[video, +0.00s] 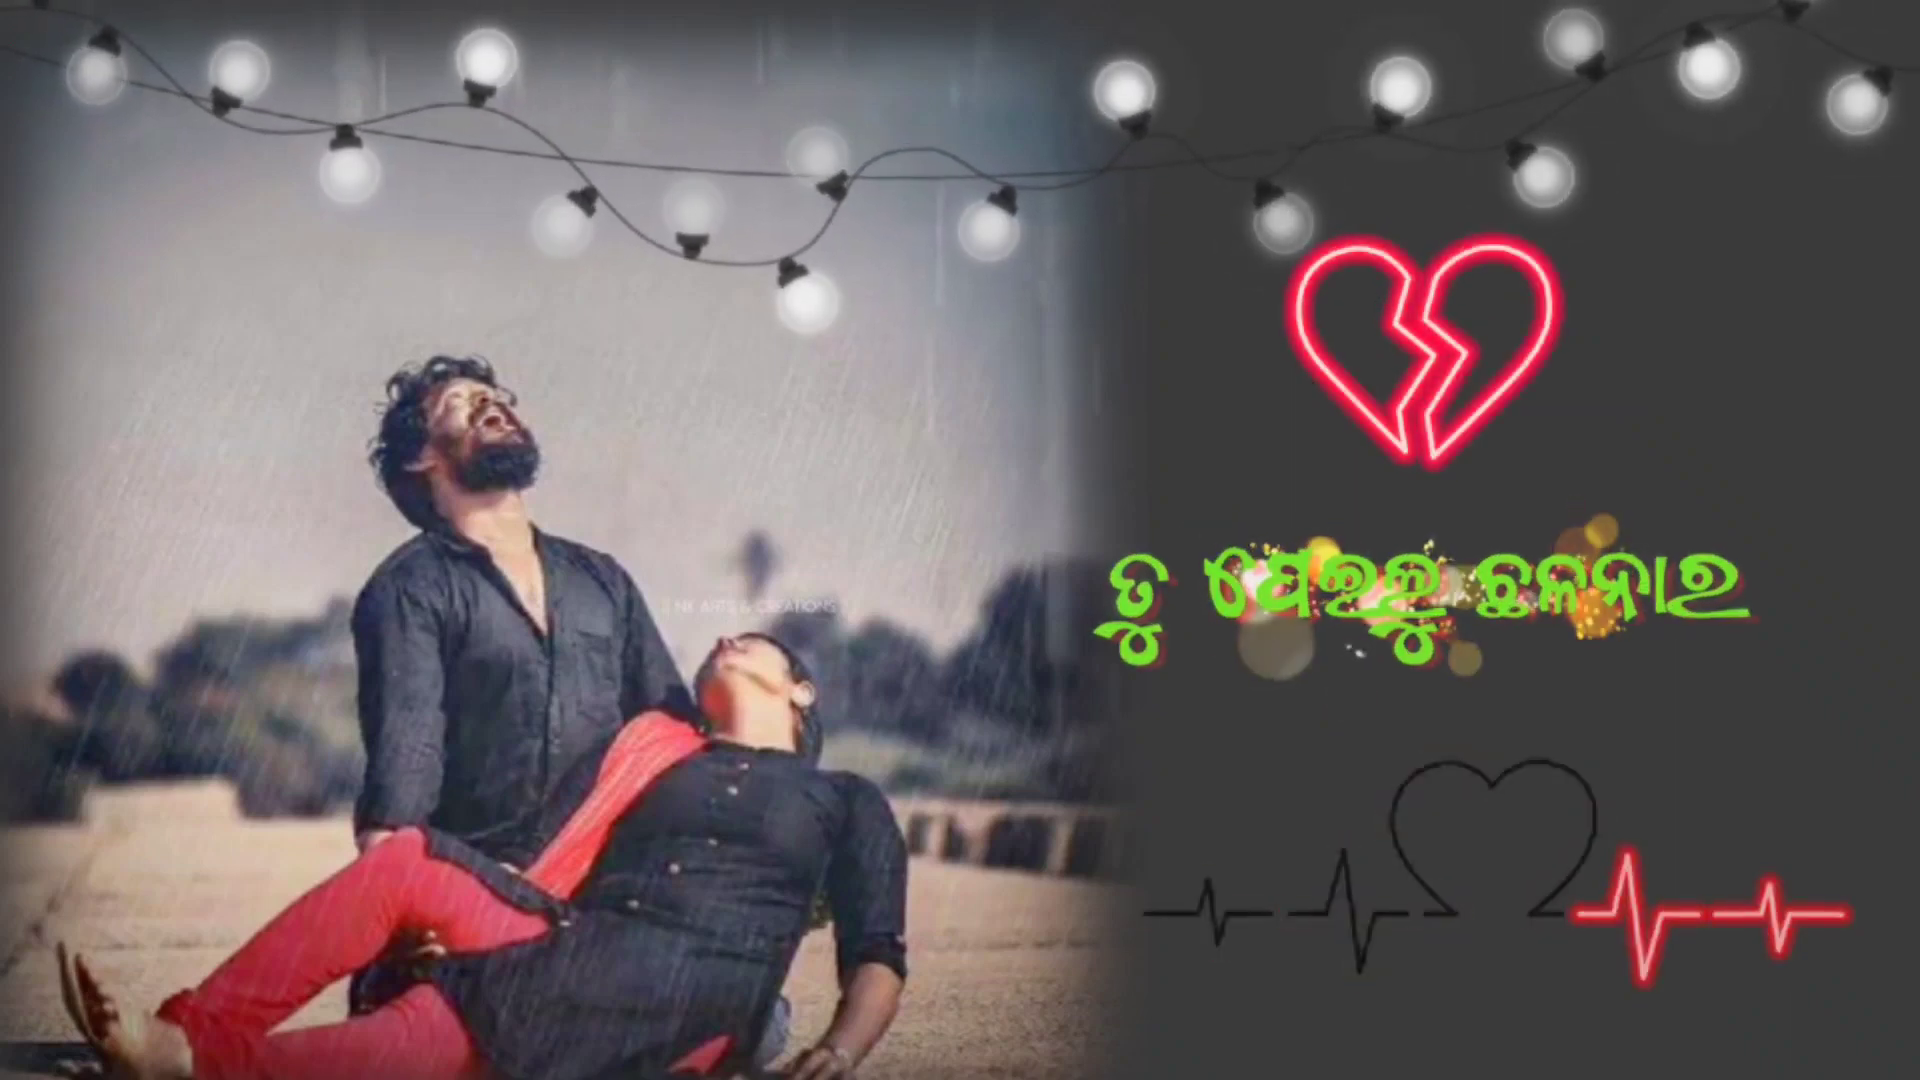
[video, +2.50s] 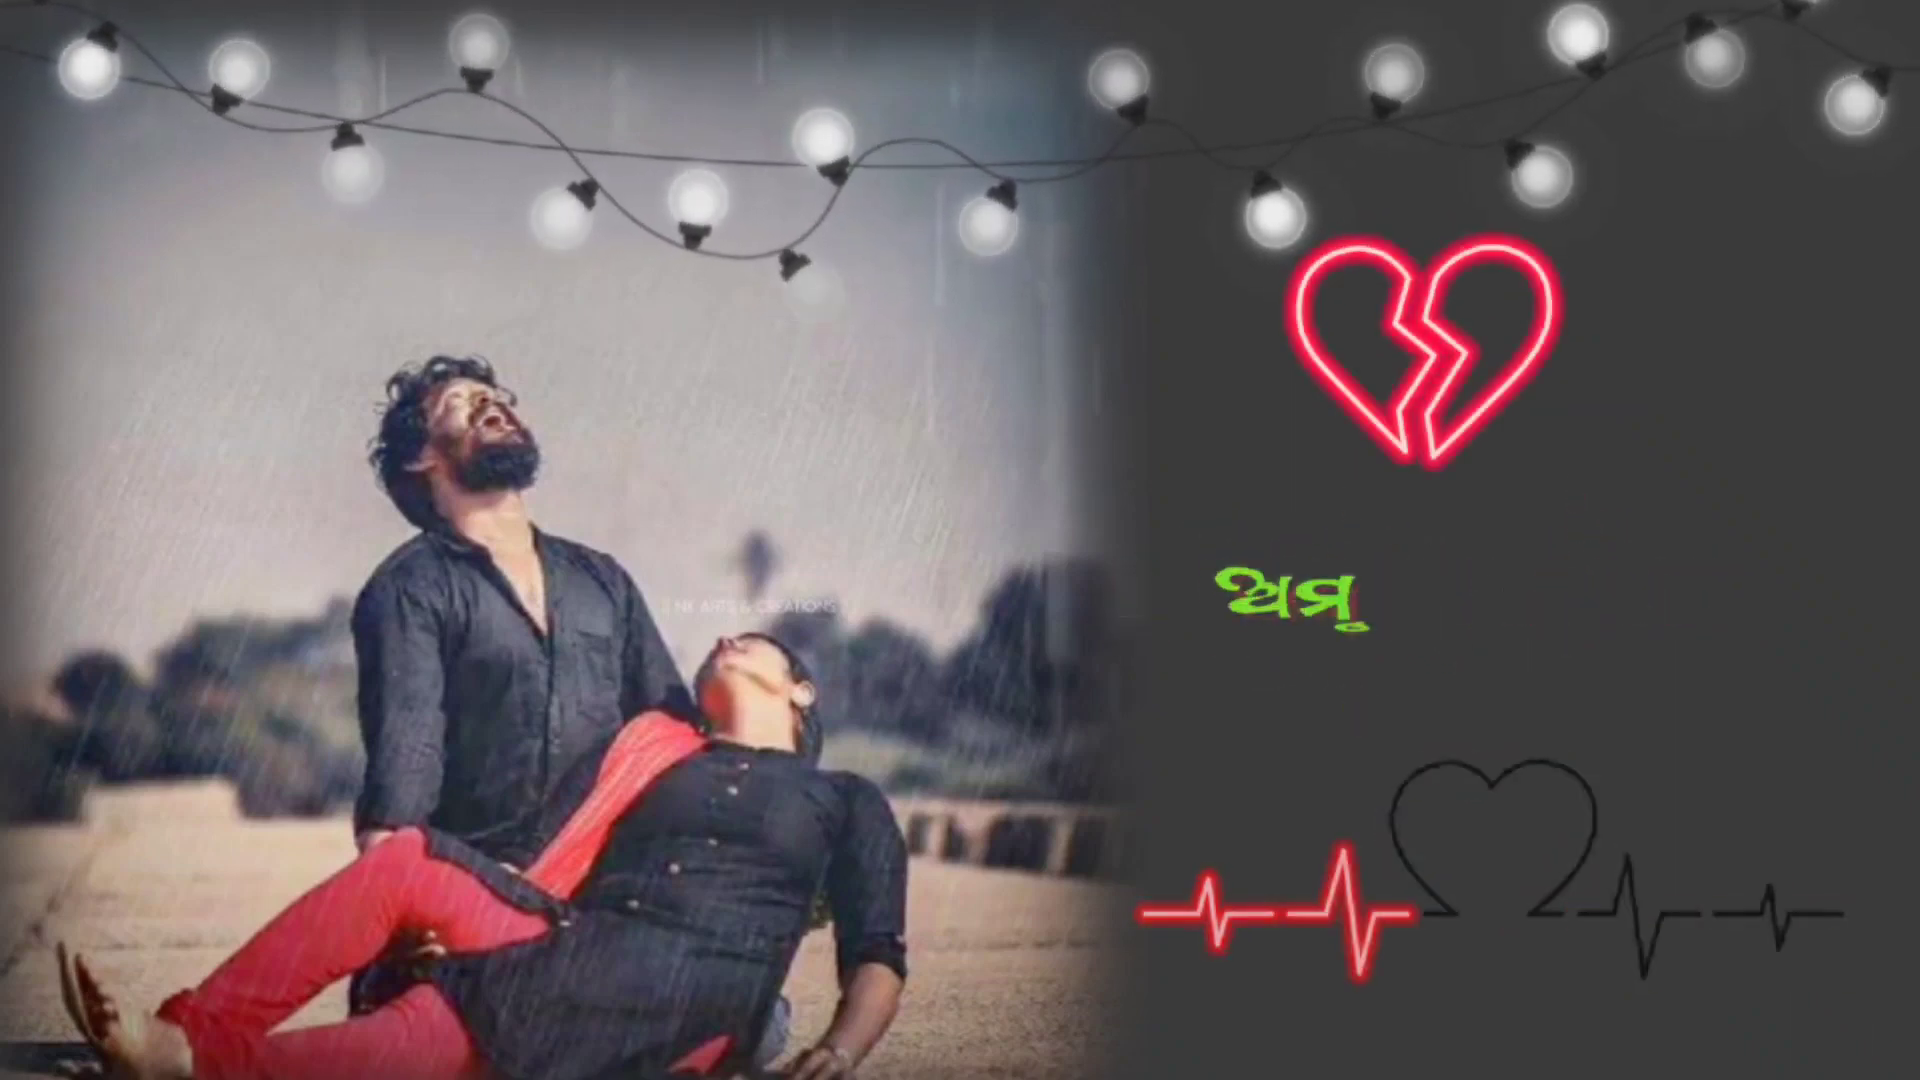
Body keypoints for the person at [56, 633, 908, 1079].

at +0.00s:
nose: (722, 660)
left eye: (749, 656)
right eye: (717, 659)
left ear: (799, 699)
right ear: (709, 698)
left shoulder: (844, 798)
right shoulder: (662, 755)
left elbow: (879, 967)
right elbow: (574, 892)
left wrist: (836, 1063)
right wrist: (455, 949)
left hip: (693, 982)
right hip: (587, 945)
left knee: (451, 1028)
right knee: (400, 859)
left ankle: (187, 1058)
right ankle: (178, 1041)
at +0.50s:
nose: (721, 660)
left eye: (749, 656)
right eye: (717, 659)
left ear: (799, 699)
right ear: (709, 698)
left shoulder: (844, 798)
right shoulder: (662, 755)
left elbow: (879, 967)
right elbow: (574, 892)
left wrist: (836, 1063)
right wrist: (455, 949)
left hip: (693, 982)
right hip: (587, 946)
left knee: (451, 1028)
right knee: (400, 859)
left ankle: (187, 1058)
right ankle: (178, 1041)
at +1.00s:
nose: (721, 660)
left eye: (749, 656)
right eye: (717, 659)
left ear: (799, 699)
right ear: (709, 698)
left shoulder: (844, 798)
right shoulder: (662, 755)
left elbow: (879, 967)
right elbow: (574, 892)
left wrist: (835, 1063)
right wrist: (455, 949)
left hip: (693, 982)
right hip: (587, 945)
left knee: (451, 1028)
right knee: (400, 859)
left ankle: (188, 1058)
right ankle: (177, 1040)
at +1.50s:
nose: (721, 660)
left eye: (749, 656)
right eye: (717, 659)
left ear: (799, 699)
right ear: (709, 698)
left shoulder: (844, 798)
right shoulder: (662, 755)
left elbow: (879, 967)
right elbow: (574, 892)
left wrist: (836, 1063)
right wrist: (455, 949)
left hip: (693, 983)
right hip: (587, 946)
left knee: (451, 1028)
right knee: (400, 859)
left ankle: (187, 1058)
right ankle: (178, 1041)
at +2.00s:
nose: (722, 660)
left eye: (749, 656)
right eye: (717, 659)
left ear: (799, 699)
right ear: (709, 698)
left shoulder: (844, 798)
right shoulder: (662, 755)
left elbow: (879, 967)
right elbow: (574, 892)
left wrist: (836, 1063)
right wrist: (455, 949)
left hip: (693, 982)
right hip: (587, 946)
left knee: (451, 1028)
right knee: (400, 859)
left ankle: (187, 1058)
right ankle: (177, 1040)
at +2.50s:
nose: (721, 660)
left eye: (749, 656)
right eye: (717, 659)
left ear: (799, 699)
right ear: (709, 698)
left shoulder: (844, 798)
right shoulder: (662, 755)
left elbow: (879, 967)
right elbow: (574, 892)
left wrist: (836, 1063)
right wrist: (455, 949)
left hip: (693, 982)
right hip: (587, 945)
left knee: (451, 1028)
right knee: (400, 859)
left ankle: (188, 1058)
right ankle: (178, 1041)